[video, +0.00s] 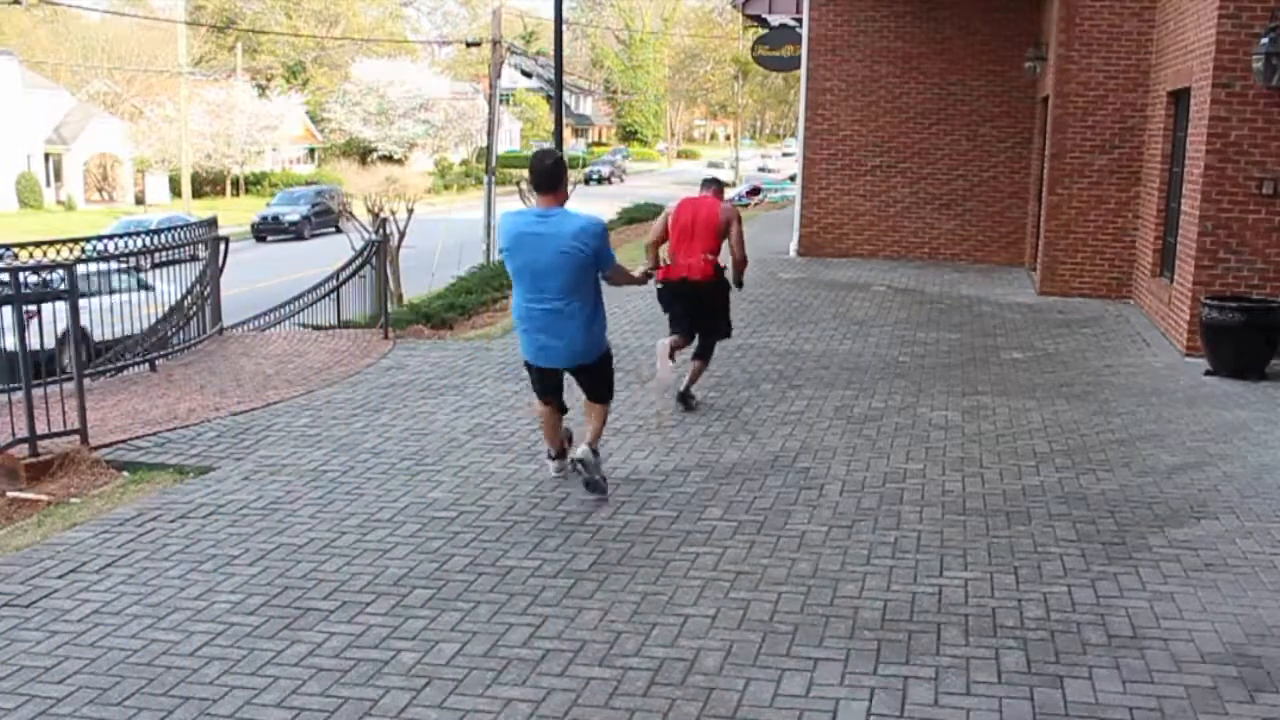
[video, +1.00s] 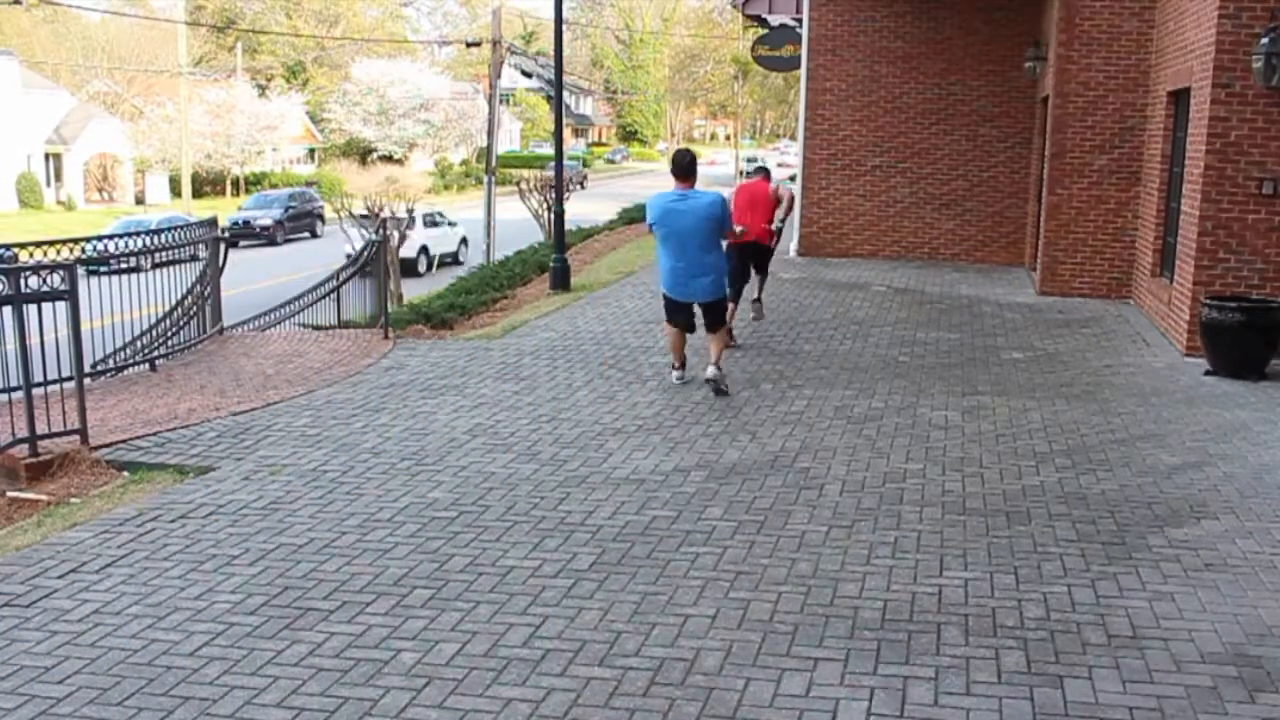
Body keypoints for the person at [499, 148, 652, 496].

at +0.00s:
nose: (567, 183)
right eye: (566, 178)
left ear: (531, 185)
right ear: (566, 182)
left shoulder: (508, 225)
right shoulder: (590, 228)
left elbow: (517, 269)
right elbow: (612, 274)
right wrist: (636, 279)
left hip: (536, 344)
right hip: (584, 341)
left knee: (549, 404)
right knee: (598, 396)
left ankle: (556, 456)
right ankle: (589, 447)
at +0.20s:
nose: (603, 185)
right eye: (602, 181)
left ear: (571, 185)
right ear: (601, 184)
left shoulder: (546, 222)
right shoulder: (619, 229)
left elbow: (557, 259)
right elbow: (633, 274)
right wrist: (650, 273)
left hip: (565, 332)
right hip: (610, 331)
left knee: (571, 388)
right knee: (633, 378)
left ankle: (564, 444)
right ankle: (647, 425)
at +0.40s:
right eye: (636, 179)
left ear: (608, 183)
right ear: (638, 182)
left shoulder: (588, 219)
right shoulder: (657, 223)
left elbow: (574, 255)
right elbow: (668, 266)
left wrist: (605, 248)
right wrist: (679, 256)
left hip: (607, 317)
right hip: (646, 320)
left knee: (610, 355)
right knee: (657, 371)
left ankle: (605, 410)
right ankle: (652, 423)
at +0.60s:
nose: (647, 182)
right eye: (650, 177)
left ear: (626, 181)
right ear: (654, 180)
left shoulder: (608, 214)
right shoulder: (672, 216)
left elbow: (612, 251)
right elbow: (692, 255)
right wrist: (706, 255)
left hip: (632, 307)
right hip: (669, 303)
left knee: (641, 355)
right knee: (685, 337)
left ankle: (644, 400)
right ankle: (679, 389)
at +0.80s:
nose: (679, 179)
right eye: (681, 176)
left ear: (657, 179)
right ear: (682, 179)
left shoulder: (638, 208)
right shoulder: (699, 212)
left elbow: (635, 238)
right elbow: (706, 244)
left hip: (654, 292)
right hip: (689, 294)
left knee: (658, 330)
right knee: (700, 342)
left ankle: (648, 369)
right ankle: (713, 382)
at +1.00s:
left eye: (677, 170)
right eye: (692, 169)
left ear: (672, 173)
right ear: (696, 171)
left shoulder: (656, 204)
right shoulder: (715, 201)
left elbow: (653, 229)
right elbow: (726, 232)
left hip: (675, 282)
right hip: (710, 281)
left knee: (675, 324)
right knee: (716, 327)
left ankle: (678, 367)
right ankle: (714, 366)